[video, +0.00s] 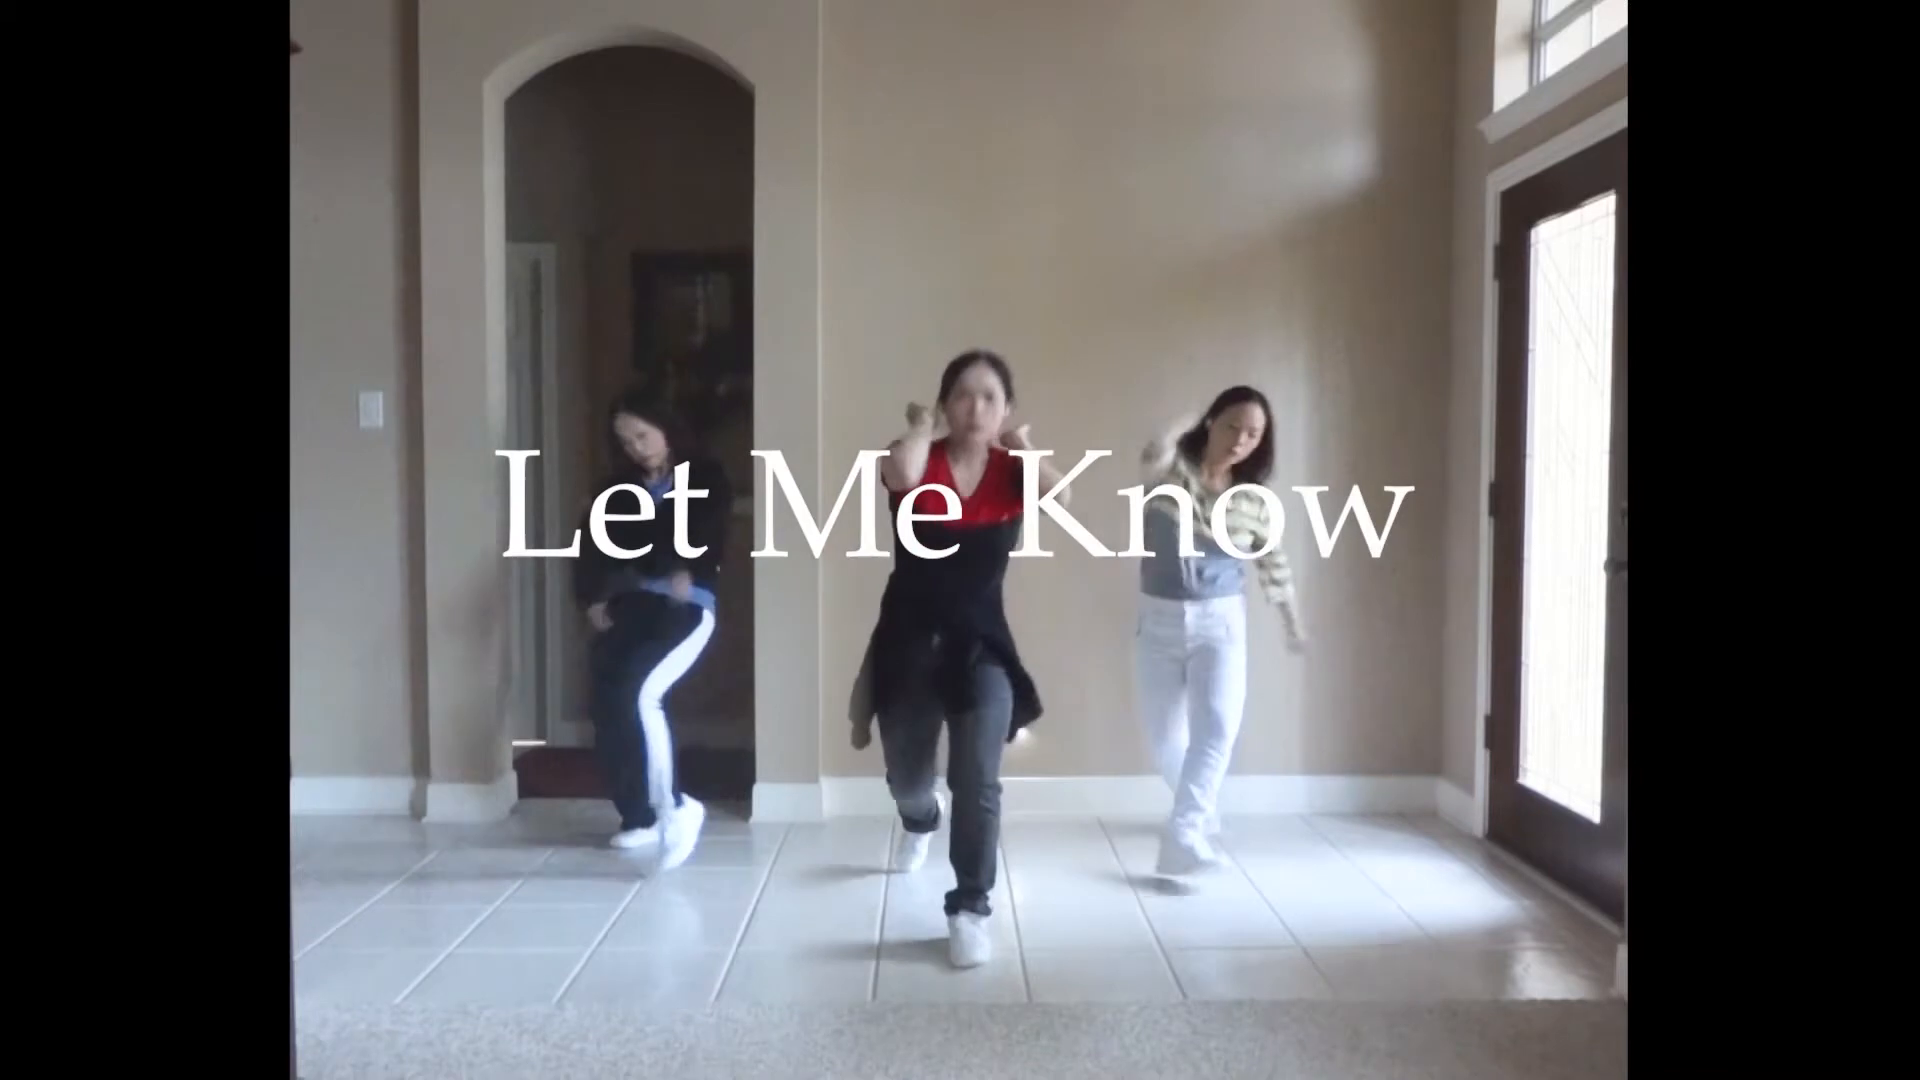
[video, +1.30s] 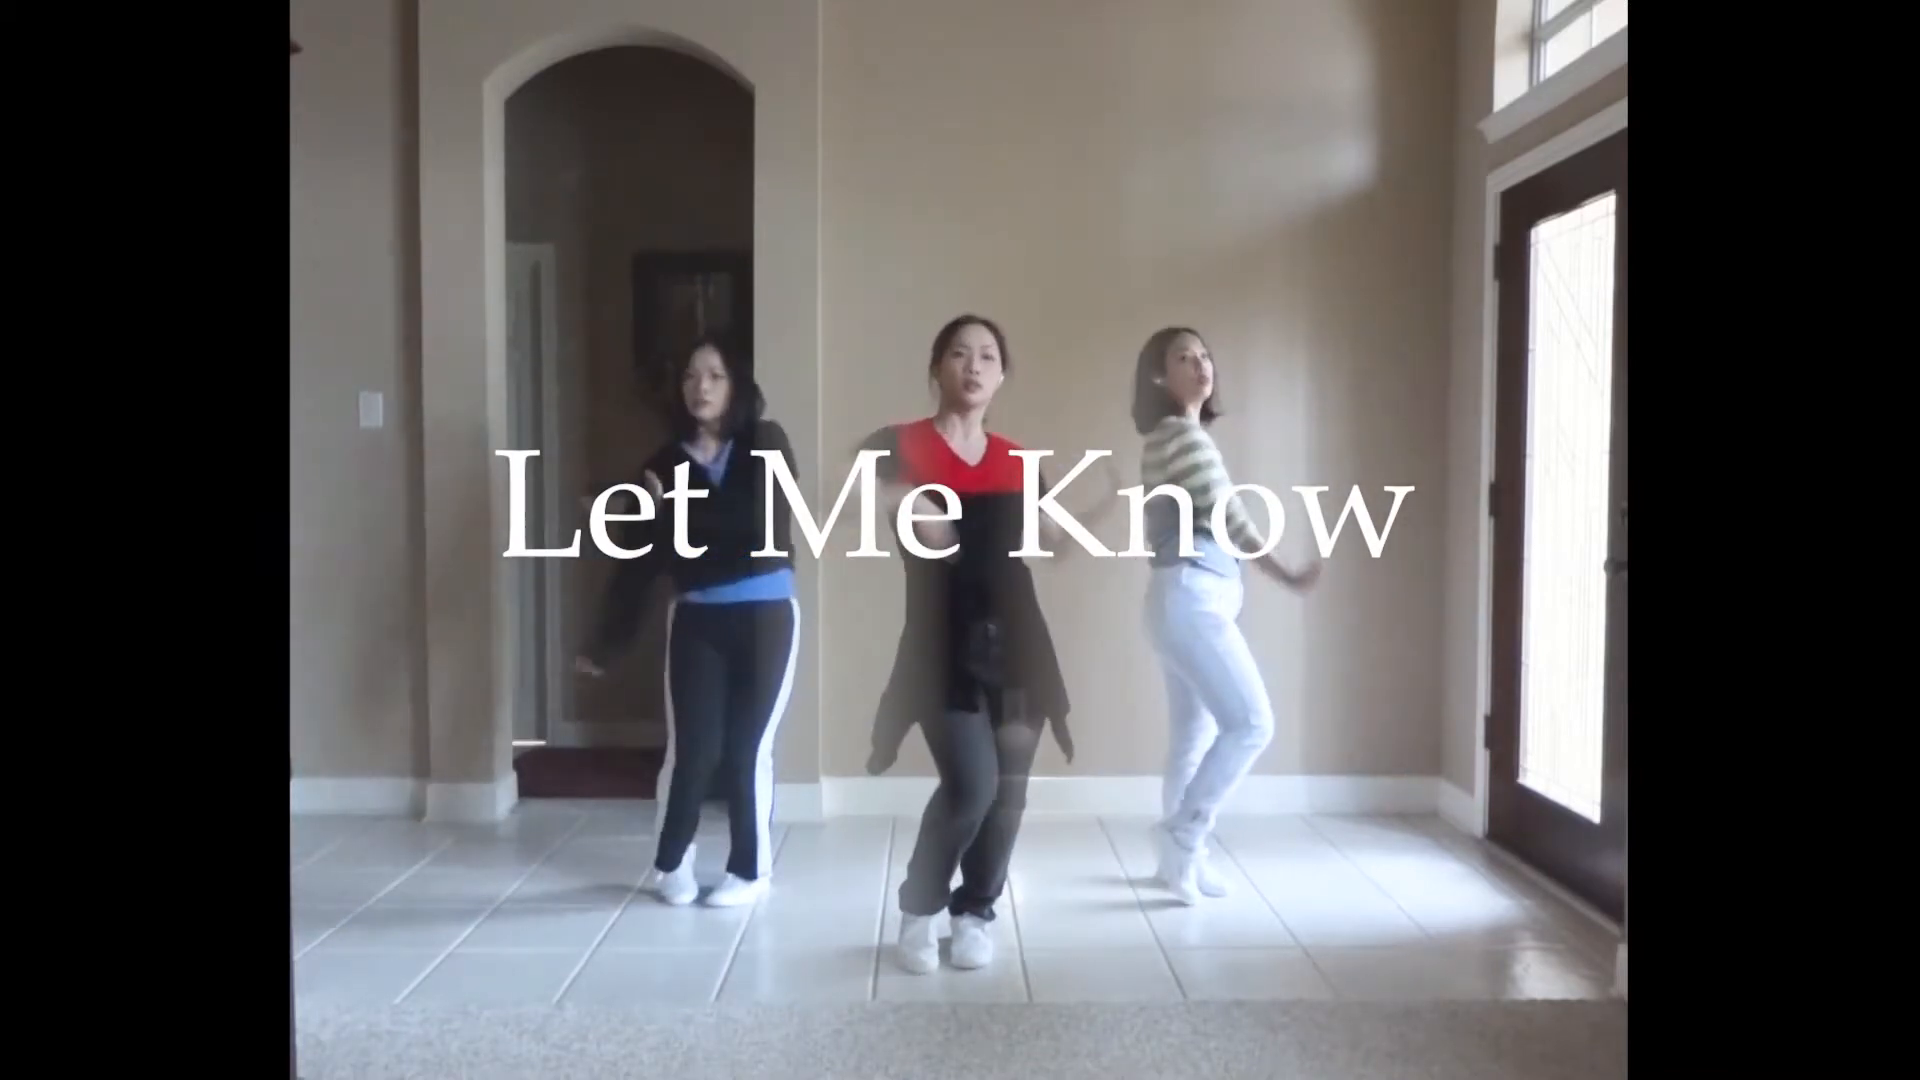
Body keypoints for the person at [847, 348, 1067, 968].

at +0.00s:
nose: (975, 406)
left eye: (989, 397)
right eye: (965, 395)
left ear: (1006, 411)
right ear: (944, 407)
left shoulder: (1014, 471)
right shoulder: (915, 462)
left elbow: (1048, 483)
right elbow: (900, 471)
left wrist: (1020, 445)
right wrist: (922, 430)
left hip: (980, 639)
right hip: (909, 638)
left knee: (977, 778)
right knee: (908, 779)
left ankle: (971, 907)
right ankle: (921, 823)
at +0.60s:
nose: (974, 353)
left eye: (988, 347)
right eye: (961, 345)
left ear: (1003, 374)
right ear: (937, 369)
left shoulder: (1027, 444)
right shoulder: (905, 453)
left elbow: (1056, 533)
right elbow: (896, 556)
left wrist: (990, 527)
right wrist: (932, 531)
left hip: (1006, 629)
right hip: (929, 630)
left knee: (1001, 783)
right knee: (959, 773)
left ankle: (976, 913)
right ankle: (924, 898)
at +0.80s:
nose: (973, 351)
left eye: (986, 346)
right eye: (959, 343)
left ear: (999, 373)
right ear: (933, 367)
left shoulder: (1025, 440)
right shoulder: (907, 450)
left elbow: (1050, 531)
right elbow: (902, 544)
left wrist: (1041, 604)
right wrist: (953, 589)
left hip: (1011, 626)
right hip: (936, 629)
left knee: (1000, 786)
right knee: (964, 779)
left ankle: (975, 914)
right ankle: (928, 906)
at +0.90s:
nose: (971, 353)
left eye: (984, 350)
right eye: (958, 343)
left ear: (996, 377)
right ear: (930, 365)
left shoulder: (1022, 441)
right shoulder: (902, 448)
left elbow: (1070, 532)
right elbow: (927, 544)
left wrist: (1100, 610)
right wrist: (986, 611)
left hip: (1011, 625)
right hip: (935, 627)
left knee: (999, 786)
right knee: (965, 779)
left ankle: (974, 913)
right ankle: (926, 908)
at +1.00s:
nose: (972, 355)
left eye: (984, 352)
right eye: (959, 345)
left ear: (996, 379)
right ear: (929, 366)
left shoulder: (1022, 442)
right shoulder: (900, 442)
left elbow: (1106, 503)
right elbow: (925, 536)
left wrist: (1161, 540)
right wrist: (1000, 599)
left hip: (1008, 622)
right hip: (933, 628)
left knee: (999, 786)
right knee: (965, 778)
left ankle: (973, 913)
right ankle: (924, 907)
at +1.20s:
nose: (974, 359)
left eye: (988, 352)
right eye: (961, 348)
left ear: (1002, 374)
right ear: (937, 365)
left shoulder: (1023, 453)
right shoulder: (902, 447)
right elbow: (903, 542)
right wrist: (983, 560)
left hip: (1011, 634)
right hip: (936, 635)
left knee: (1003, 788)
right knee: (965, 782)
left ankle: (975, 915)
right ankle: (922, 907)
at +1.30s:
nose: (972, 366)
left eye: (985, 357)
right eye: (959, 355)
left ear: (1002, 374)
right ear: (936, 367)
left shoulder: (1018, 460)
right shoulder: (903, 446)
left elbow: (1051, 546)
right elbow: (860, 510)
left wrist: (1107, 504)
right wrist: (901, 507)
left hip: (1014, 638)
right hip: (942, 639)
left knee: (1010, 786)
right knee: (972, 785)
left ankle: (975, 916)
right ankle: (920, 908)